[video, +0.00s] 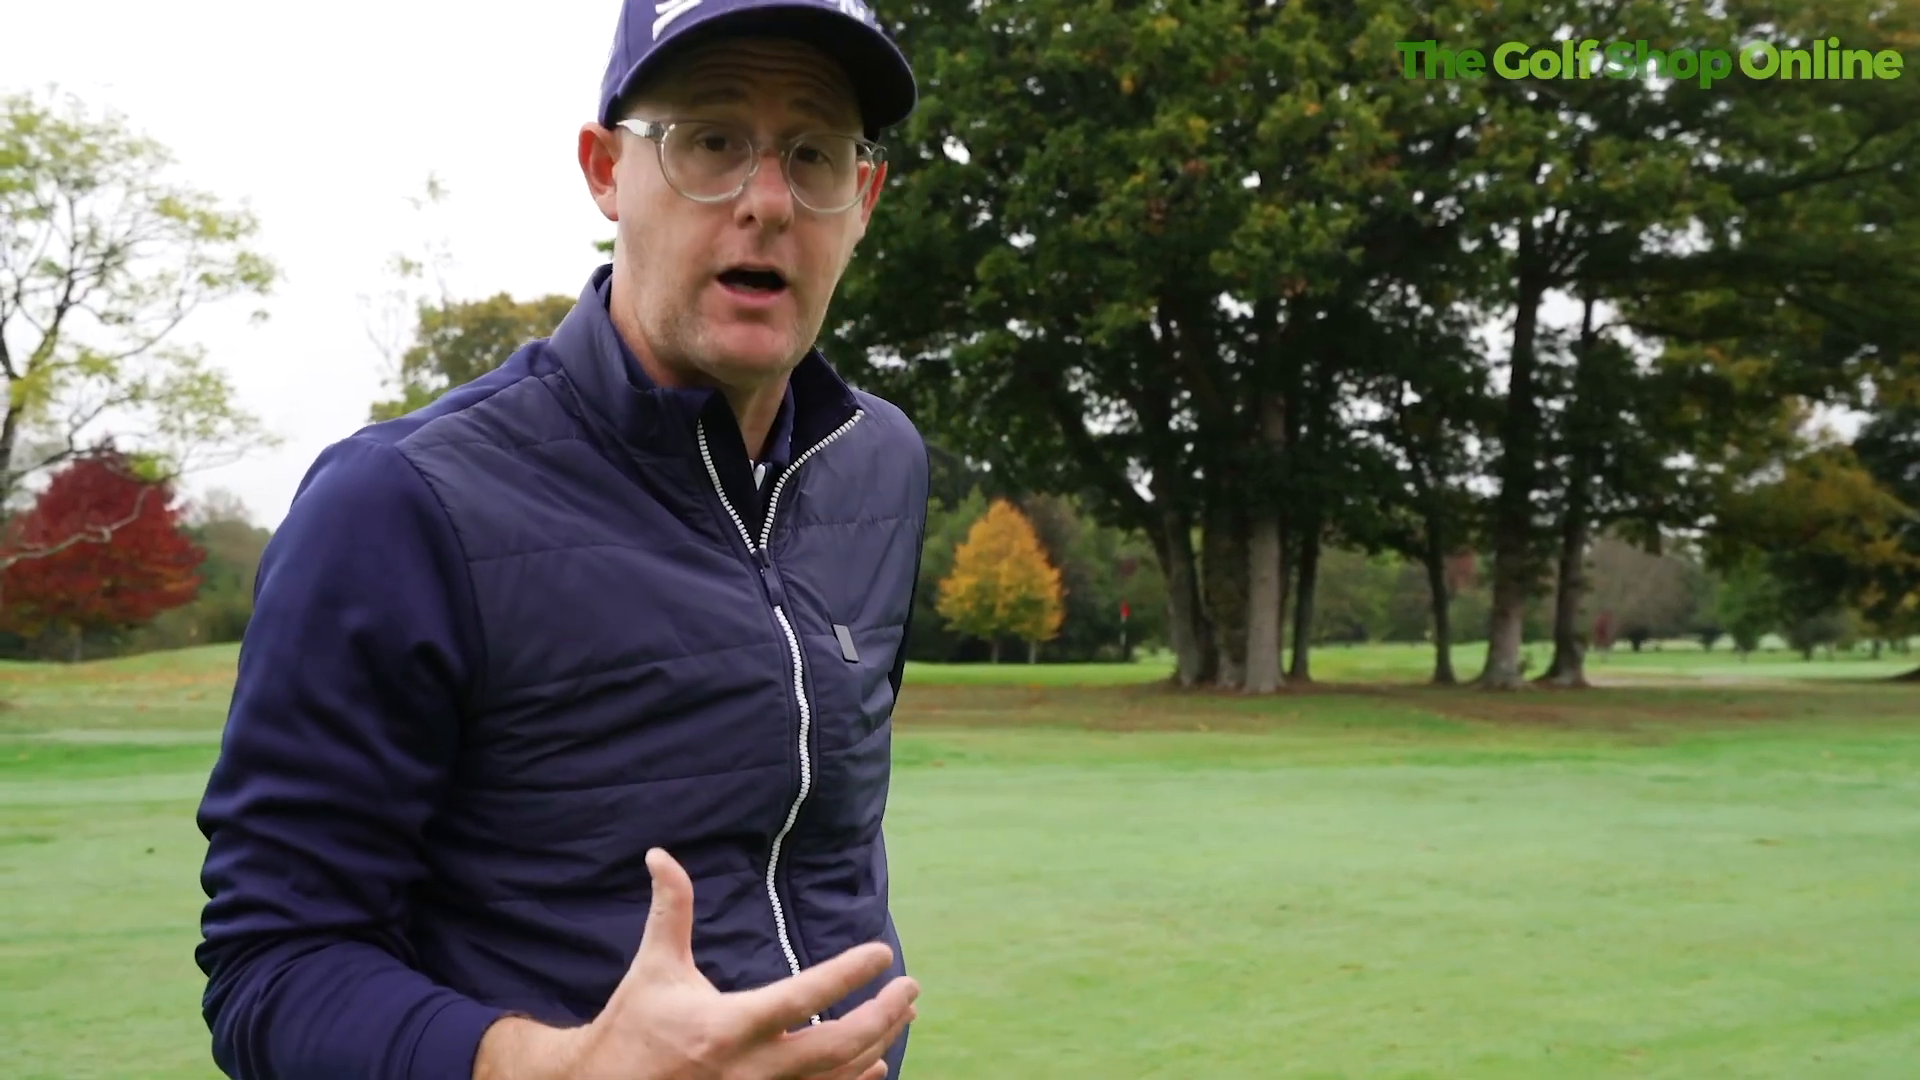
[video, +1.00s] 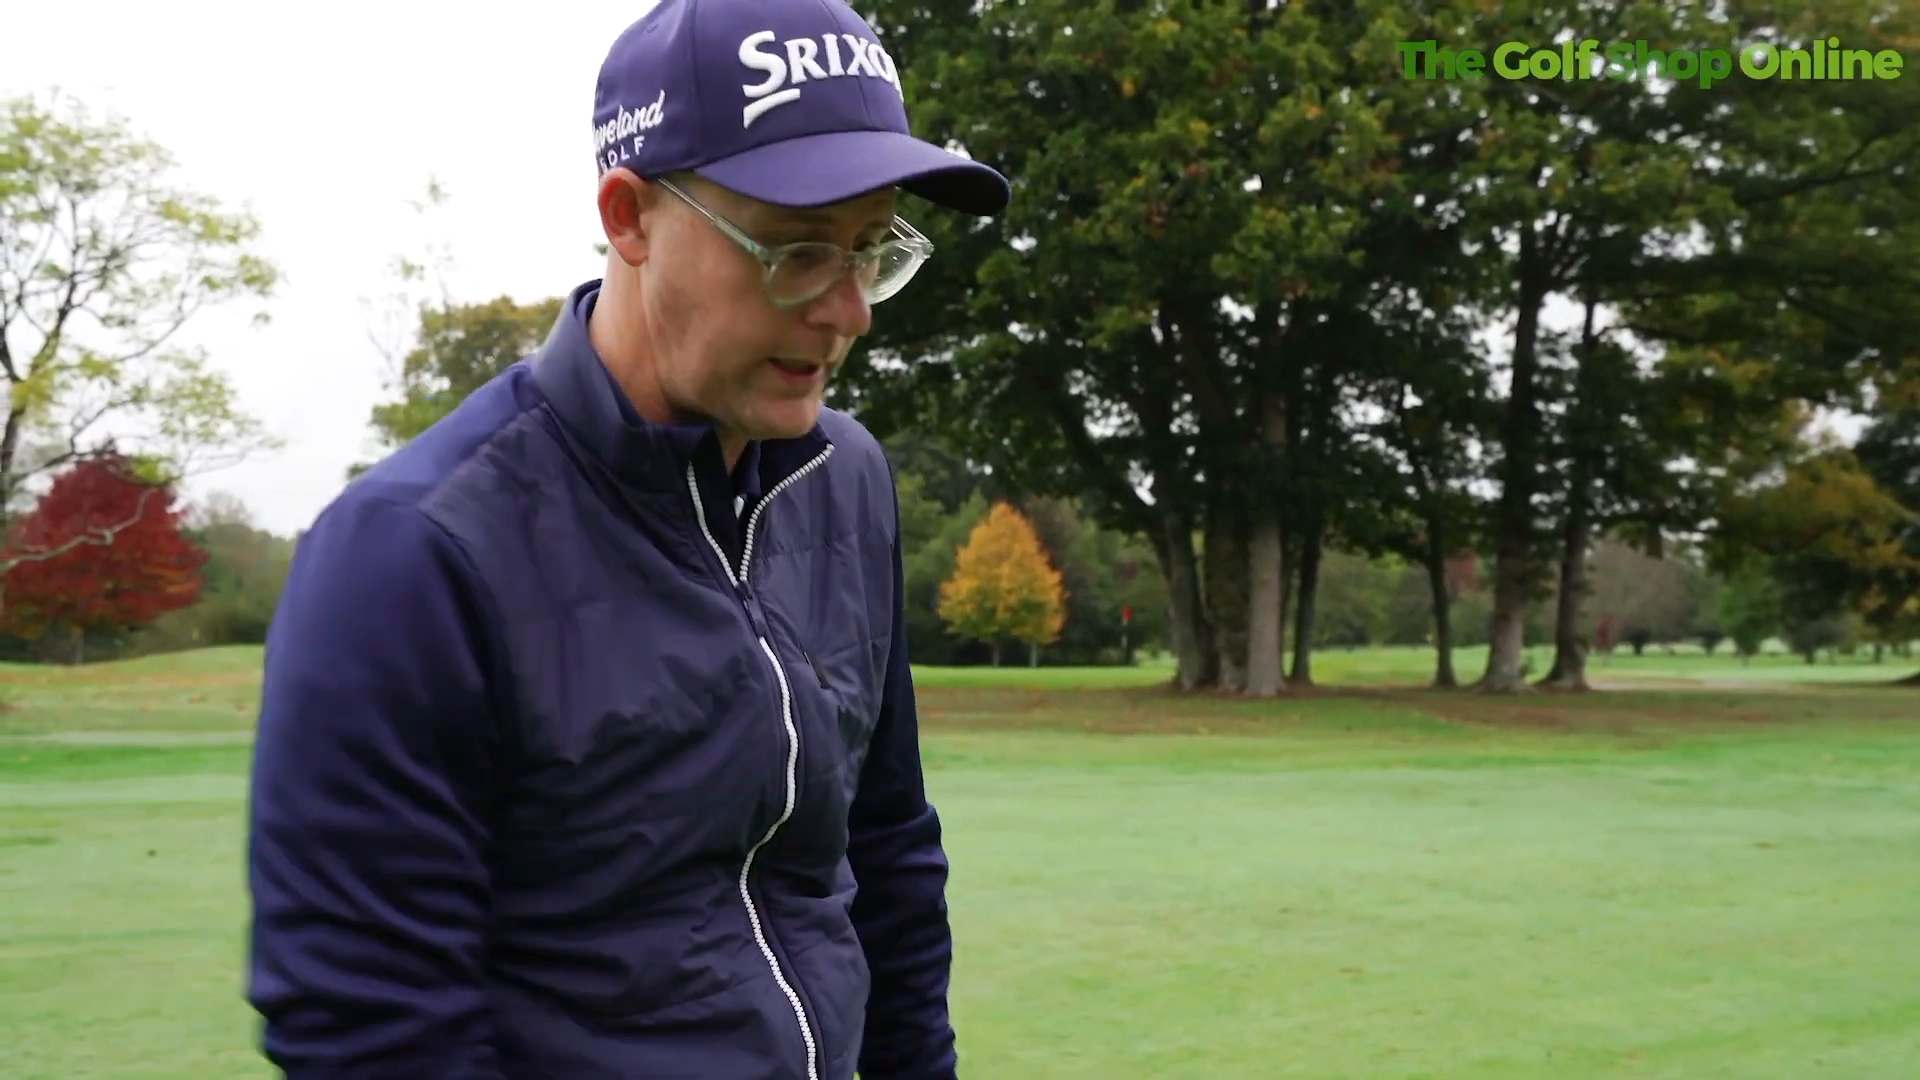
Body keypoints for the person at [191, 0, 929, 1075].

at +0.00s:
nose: (767, 200)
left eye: (811, 154)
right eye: (712, 139)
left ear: (863, 200)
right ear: (608, 170)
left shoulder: (882, 472)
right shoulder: (402, 506)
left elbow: (820, 840)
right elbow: (274, 966)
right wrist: (561, 1060)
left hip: (838, 1056)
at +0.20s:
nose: (754, 208)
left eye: (798, 160)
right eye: (700, 146)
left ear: (847, 206)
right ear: (596, 174)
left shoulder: (866, 471)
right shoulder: (399, 502)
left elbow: (854, 809)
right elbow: (186, 967)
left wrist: (848, 1008)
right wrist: (571, 1059)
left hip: (830, 1055)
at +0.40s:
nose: (743, 216)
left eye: (790, 170)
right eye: (695, 155)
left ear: (838, 211)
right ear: (591, 170)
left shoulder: (859, 456)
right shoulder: (411, 463)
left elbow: (896, 777)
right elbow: (127, 881)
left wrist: (920, 1012)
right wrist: (568, 1042)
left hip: (851, 1057)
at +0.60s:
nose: (728, 210)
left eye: (774, 162)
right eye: (678, 148)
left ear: (819, 203)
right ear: (572, 165)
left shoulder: (854, 443)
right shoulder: (400, 455)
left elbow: (922, 758)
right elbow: (186, 883)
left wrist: (956, 1010)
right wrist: (644, 1004)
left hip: (852, 1047)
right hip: (538, 1066)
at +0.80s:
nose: (798, 277)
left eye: (830, 222)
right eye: (748, 212)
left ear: (856, 228)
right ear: (601, 185)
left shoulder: (848, 463)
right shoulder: (385, 499)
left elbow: (886, 779)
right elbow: (195, 970)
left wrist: (917, 1026)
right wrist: (494, 1074)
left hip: (844, 1055)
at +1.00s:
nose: (849, 310)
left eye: (869, 248)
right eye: (793, 249)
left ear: (891, 224)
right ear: (629, 219)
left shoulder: (849, 484)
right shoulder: (410, 553)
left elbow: (887, 853)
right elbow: (366, 1024)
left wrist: (913, 1064)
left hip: (828, 1053)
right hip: (572, 1058)